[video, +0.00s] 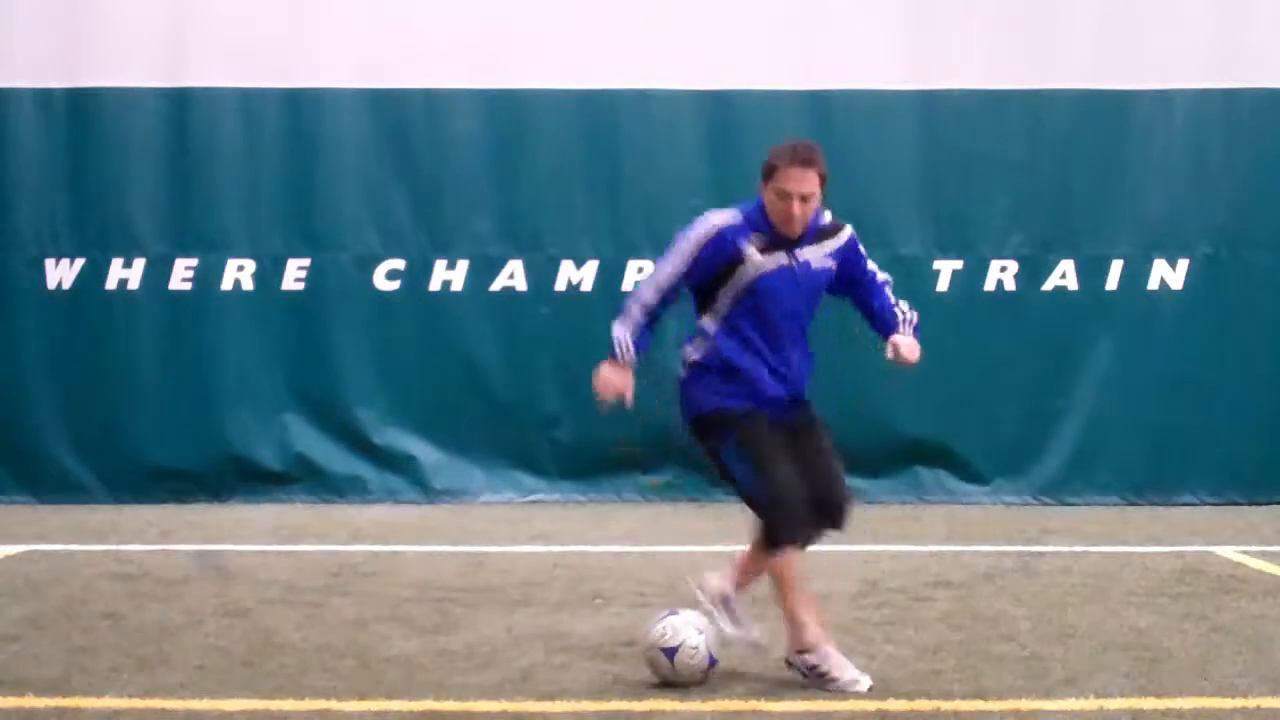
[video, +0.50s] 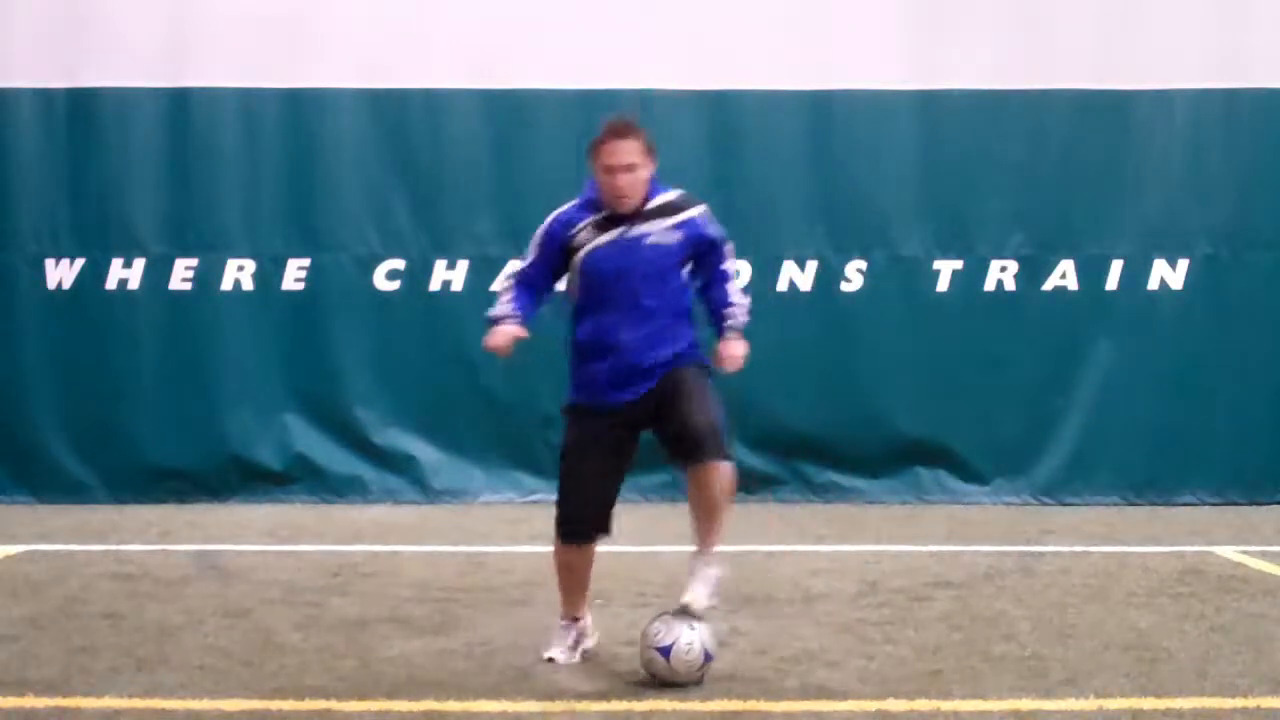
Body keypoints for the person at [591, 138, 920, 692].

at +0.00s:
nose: (796, 211)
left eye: (807, 199)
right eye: (784, 198)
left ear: (820, 196)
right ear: (763, 191)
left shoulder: (835, 238)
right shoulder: (722, 233)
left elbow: (870, 287)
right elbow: (654, 289)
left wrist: (899, 329)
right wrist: (622, 354)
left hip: (785, 396)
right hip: (722, 395)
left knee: (824, 504)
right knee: (784, 507)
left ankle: (726, 585)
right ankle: (808, 647)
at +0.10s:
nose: (778, 197)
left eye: (790, 185)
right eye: (768, 183)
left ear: (806, 183)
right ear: (749, 177)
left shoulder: (820, 227)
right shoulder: (708, 219)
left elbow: (859, 288)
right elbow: (642, 269)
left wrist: (886, 341)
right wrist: (623, 342)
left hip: (770, 391)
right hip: (698, 388)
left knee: (780, 511)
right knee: (718, 504)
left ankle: (783, 626)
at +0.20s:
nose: (743, 200)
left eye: (754, 189)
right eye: (733, 188)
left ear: (773, 190)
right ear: (717, 187)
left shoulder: (797, 241)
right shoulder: (682, 235)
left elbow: (832, 306)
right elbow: (631, 291)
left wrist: (850, 354)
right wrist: (624, 336)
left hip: (755, 409)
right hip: (678, 403)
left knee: (770, 528)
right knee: (650, 497)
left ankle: (775, 637)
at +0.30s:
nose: (700, 174)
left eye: (712, 165)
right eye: (691, 164)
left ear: (733, 168)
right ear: (676, 165)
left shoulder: (761, 213)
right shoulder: (645, 213)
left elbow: (787, 281)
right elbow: (602, 269)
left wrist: (795, 332)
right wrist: (595, 309)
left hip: (734, 394)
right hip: (655, 387)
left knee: (760, 515)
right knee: (597, 489)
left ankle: (776, 630)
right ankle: (545, 611)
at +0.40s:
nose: (658, 159)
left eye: (669, 148)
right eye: (648, 149)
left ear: (691, 147)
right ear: (633, 150)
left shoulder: (725, 197)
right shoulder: (606, 202)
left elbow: (753, 261)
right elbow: (561, 262)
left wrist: (761, 322)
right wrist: (552, 309)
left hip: (706, 370)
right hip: (626, 373)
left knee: (741, 473)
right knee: (579, 482)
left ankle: (754, 575)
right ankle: (564, 603)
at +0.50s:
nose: (620, 180)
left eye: (631, 168)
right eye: (609, 170)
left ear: (651, 168)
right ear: (593, 173)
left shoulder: (685, 215)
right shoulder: (569, 225)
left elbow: (723, 271)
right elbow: (525, 279)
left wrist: (732, 328)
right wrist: (510, 318)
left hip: (672, 373)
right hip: (599, 389)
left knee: (705, 443)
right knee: (576, 516)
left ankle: (706, 561)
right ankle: (574, 624)